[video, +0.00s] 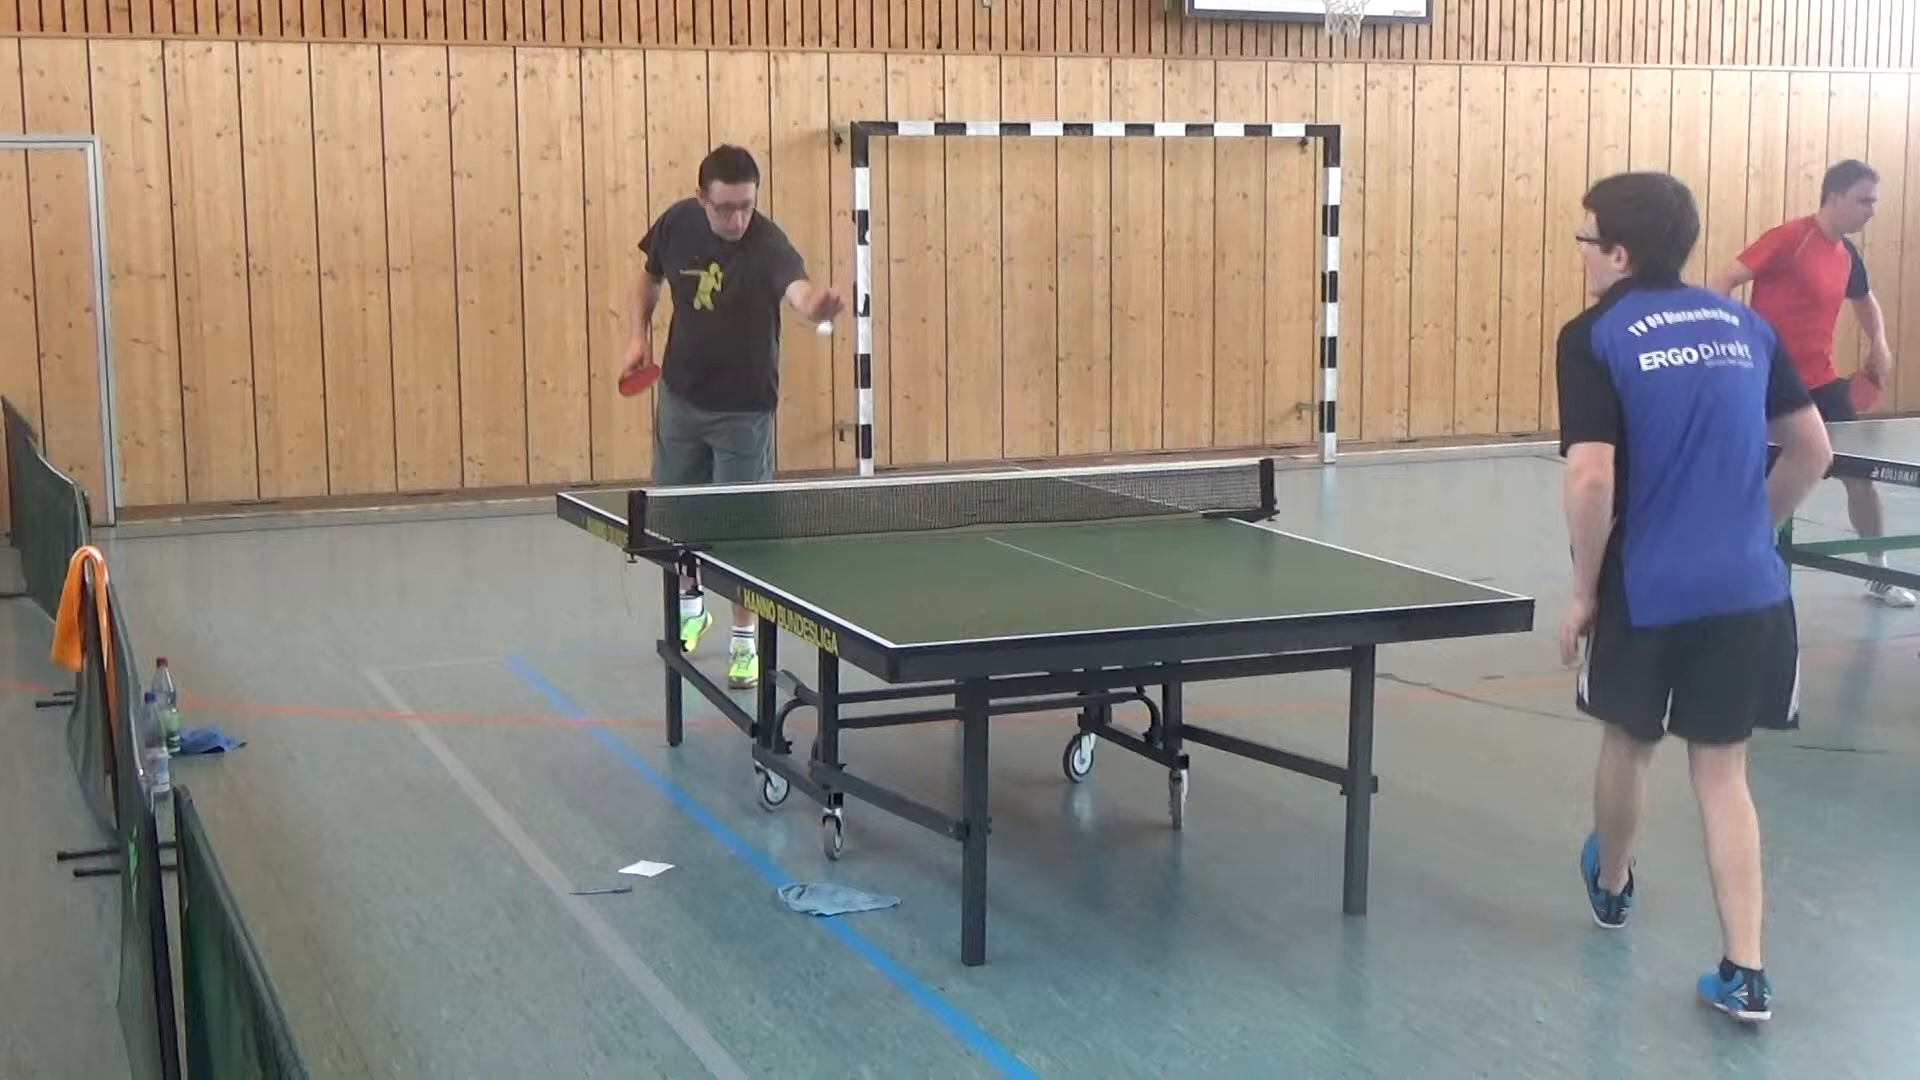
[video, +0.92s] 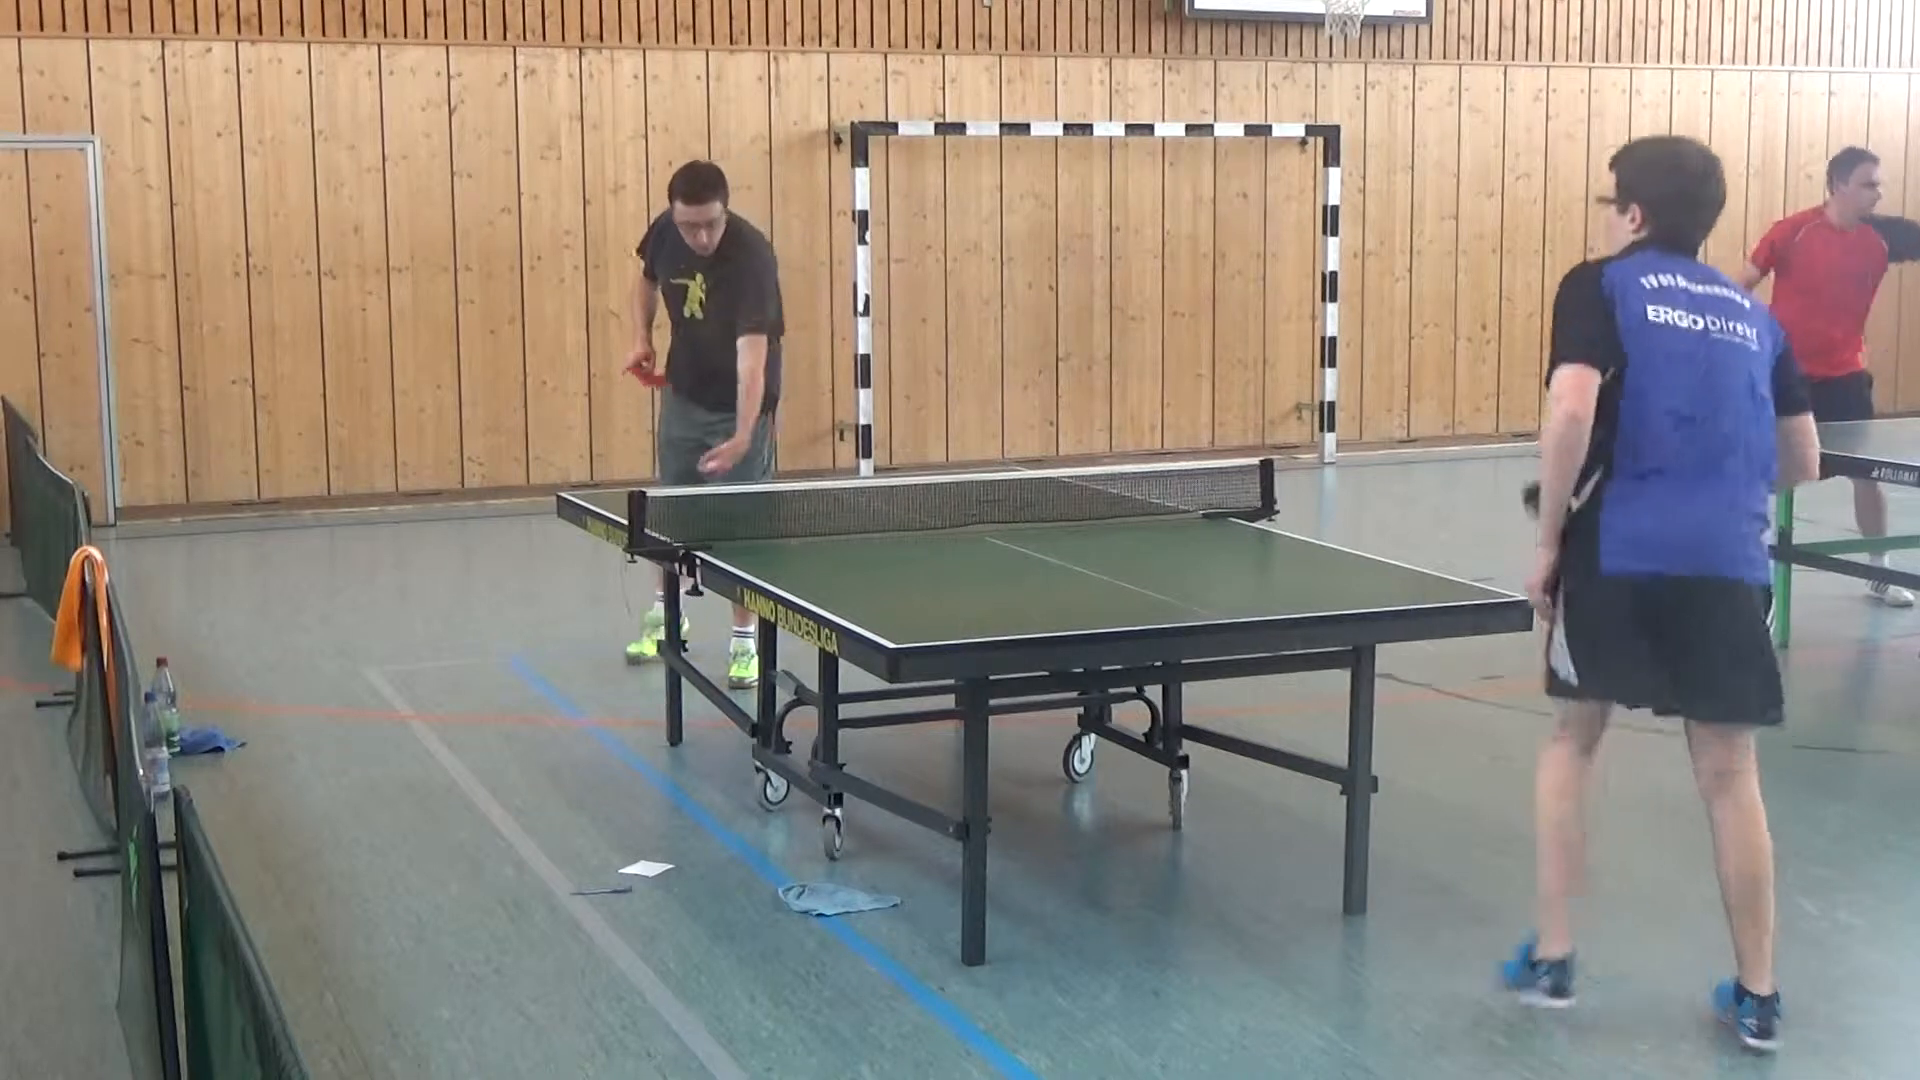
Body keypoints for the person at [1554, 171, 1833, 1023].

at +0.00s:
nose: (1579, 254)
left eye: (1588, 243)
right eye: (1582, 239)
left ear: (1624, 251)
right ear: (1673, 248)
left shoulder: (1591, 337)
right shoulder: (1747, 324)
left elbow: (1592, 475)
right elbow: (1811, 449)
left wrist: (1583, 590)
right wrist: (1754, 525)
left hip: (1646, 591)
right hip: (1747, 588)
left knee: (1627, 742)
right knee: (1724, 769)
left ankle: (1611, 882)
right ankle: (1746, 972)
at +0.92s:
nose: (1605, 220)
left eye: (1611, 207)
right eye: (1610, 205)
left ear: (1634, 214)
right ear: (1703, 218)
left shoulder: (1597, 285)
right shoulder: (1756, 311)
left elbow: (1573, 409)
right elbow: (1803, 461)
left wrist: (1548, 534)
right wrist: (1723, 473)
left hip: (1618, 562)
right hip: (1727, 572)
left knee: (1571, 742)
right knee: (1732, 776)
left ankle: (1552, 956)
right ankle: (1758, 996)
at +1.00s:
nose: (1591, 223)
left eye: (1598, 209)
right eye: (1595, 207)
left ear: (1626, 218)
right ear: (1694, 223)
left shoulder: (1585, 296)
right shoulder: (1753, 321)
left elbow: (1555, 425)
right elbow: (1784, 474)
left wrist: (1519, 566)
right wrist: (1696, 460)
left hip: (1605, 583)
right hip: (1720, 597)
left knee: (1525, 771)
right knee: (1733, 802)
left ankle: (1484, 994)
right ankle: (1787, 1027)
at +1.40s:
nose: (1425, 292)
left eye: (1431, 280)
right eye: (1430, 278)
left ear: (1448, 296)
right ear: (1528, 308)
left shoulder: (1401, 381)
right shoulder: (1573, 415)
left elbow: (1337, 542)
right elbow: (1605, 588)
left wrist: (1317, 664)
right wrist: (1515, 552)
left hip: (1421, 691)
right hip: (1536, 692)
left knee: (1337, 877)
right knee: (1540, 814)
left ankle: (1368, 1072)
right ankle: (1658, 1005)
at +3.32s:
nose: (1318, 331)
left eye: (1320, 316)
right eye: (1318, 316)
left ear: (1342, 320)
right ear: (1418, 314)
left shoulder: (1356, 396)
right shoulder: (1485, 404)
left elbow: (1272, 563)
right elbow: (1544, 582)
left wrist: (1283, 559)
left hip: (1404, 696)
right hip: (1497, 691)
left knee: (1272, 898)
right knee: (1441, 848)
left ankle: (1315, 1068)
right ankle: (1504, 1018)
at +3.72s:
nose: (1292, 309)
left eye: (1292, 293)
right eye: (1291, 292)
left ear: (1312, 297)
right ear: (1392, 288)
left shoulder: (1315, 372)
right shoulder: (1478, 382)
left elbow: (1302, 521)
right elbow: (1539, 539)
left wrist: (1261, 582)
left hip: (1387, 682)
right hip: (1505, 682)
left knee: (1254, 889)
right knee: (1502, 873)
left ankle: (1258, 1071)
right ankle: (1567, 1070)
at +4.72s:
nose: (1045, 244)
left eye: (1075, 223)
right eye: (1025, 217)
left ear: (1119, 234)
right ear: (999, 220)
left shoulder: (1181, 374)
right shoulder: (983, 352)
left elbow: (1237, 568)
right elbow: (997, 518)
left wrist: (1055, 633)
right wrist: (977, 670)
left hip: (1117, 745)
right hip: (997, 718)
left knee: (1126, 978)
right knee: (938, 956)